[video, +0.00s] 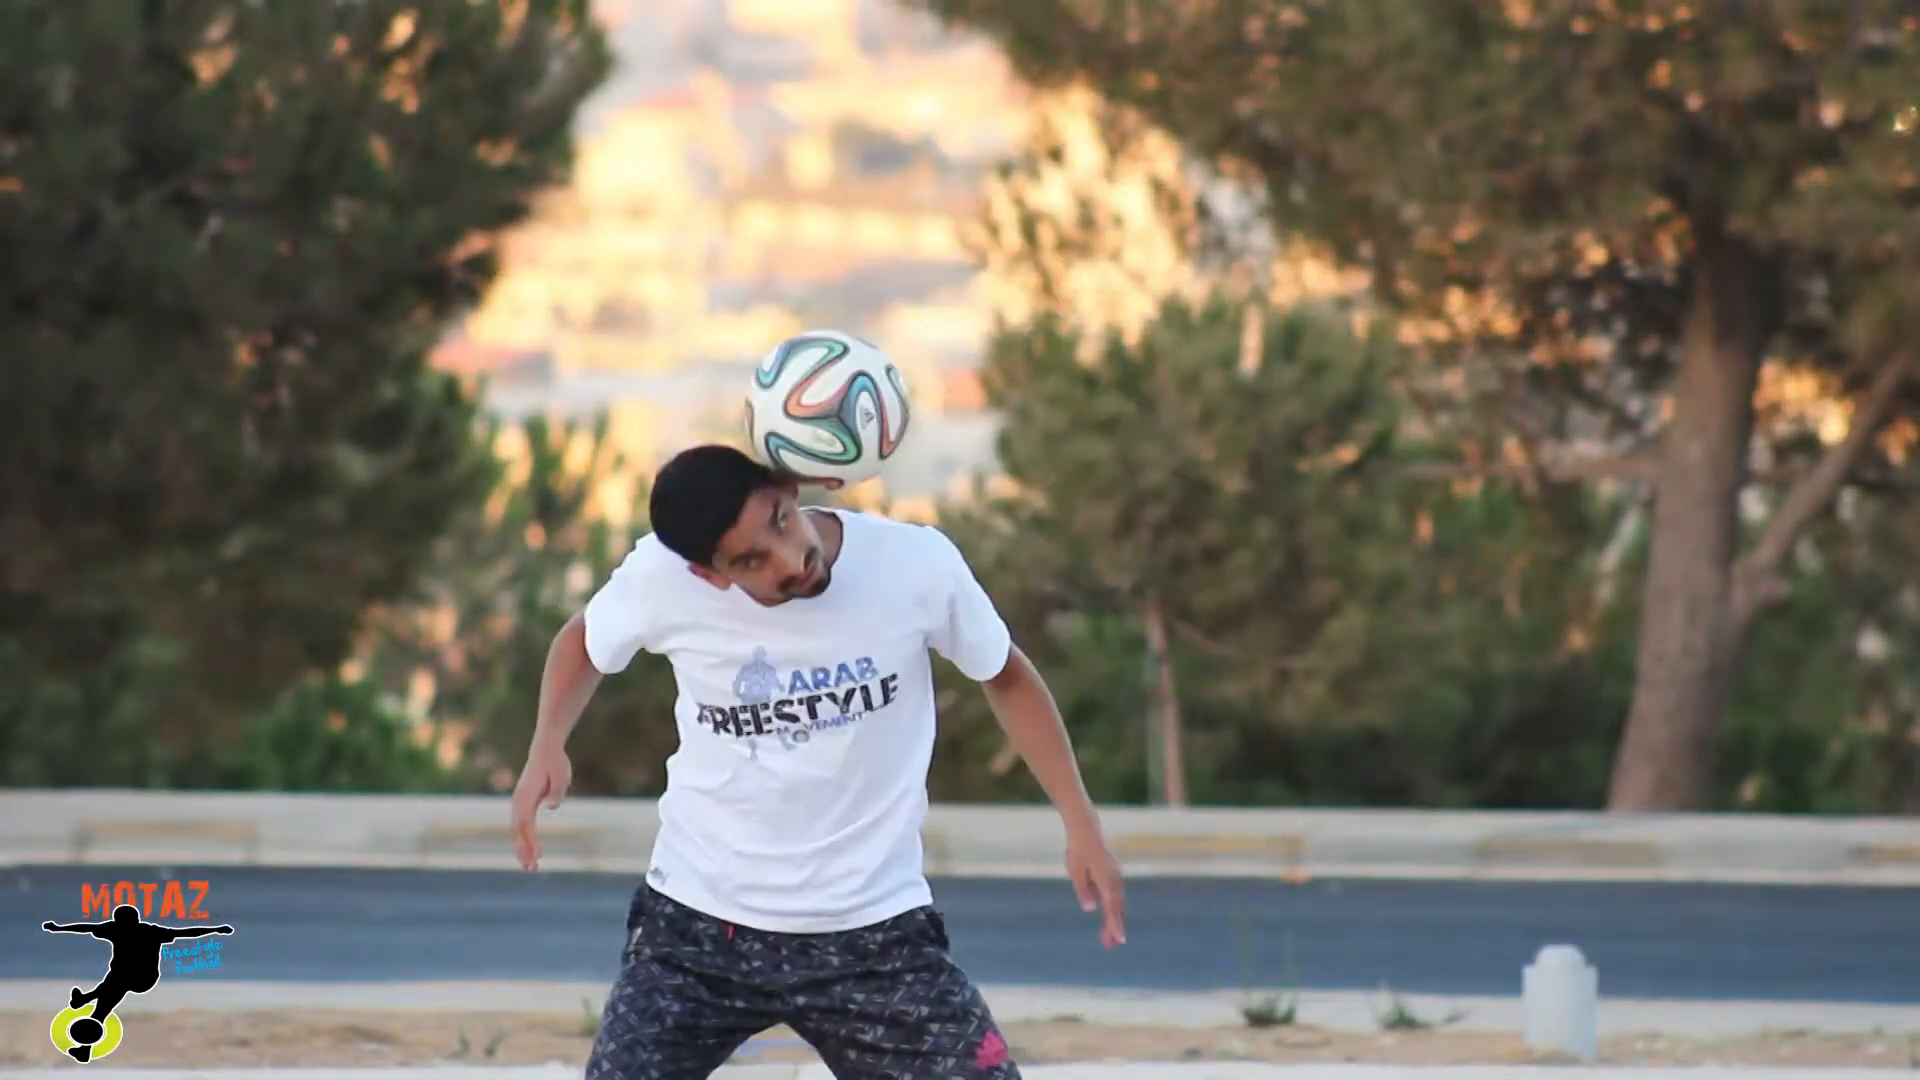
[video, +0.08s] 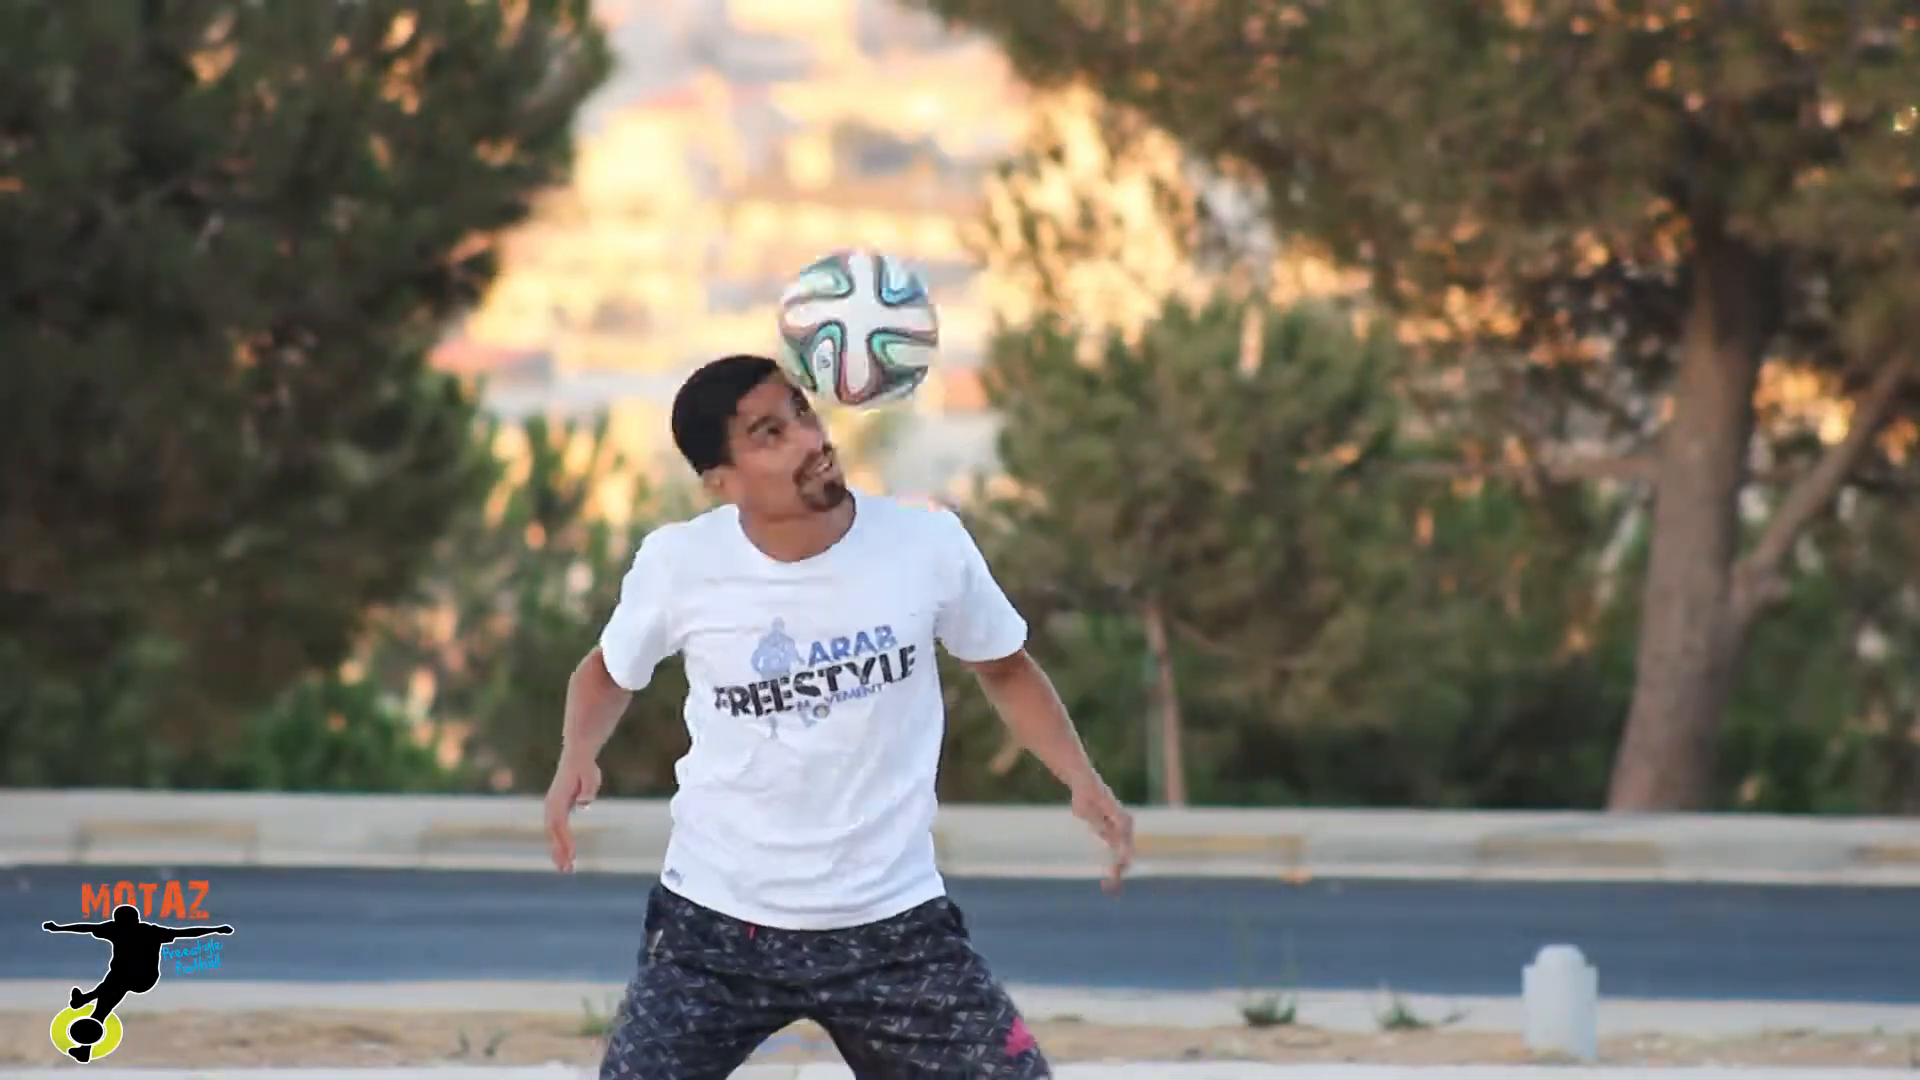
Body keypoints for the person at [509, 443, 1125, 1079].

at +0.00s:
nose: (793, 556)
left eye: (782, 519)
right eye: (755, 560)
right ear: (711, 575)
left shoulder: (922, 568)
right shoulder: (660, 587)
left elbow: (1007, 678)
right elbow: (581, 646)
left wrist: (1081, 821)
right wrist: (548, 744)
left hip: (875, 951)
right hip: (692, 946)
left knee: (987, 1069)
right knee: (617, 1070)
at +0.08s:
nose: (808, 441)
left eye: (804, 415)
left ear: (824, 417)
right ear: (721, 478)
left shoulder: (931, 549)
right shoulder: (674, 567)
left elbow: (1007, 668)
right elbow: (609, 670)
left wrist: (1082, 776)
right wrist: (579, 752)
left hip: (896, 943)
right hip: (710, 941)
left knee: (1016, 1074)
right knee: (634, 1072)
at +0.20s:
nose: (899, 383)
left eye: (905, 374)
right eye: (863, 373)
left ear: (922, 420)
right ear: (809, 429)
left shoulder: (989, 572)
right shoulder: (744, 549)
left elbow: (1015, 732)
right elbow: (641, 700)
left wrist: (1083, 780)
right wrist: (683, 757)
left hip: (938, 950)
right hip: (756, 952)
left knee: (1056, 1071)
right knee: (670, 1068)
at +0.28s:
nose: (976, 400)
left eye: (981, 391)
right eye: (940, 388)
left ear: (994, 446)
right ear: (884, 444)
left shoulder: (1042, 616)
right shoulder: (810, 550)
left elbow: (1032, 781)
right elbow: (674, 684)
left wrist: (1093, 831)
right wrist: (745, 736)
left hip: (960, 968)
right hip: (779, 967)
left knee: (1091, 1072)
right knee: (688, 1070)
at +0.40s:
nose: (1161, 438)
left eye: (1177, 437)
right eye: (1134, 425)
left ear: (1185, 493)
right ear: (1074, 465)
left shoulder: (1167, 669)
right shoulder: (980, 533)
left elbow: (1104, 826)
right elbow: (801, 616)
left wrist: (1142, 906)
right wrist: (855, 690)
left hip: (1020, 954)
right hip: (854, 937)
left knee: (1151, 1070)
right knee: (768, 1067)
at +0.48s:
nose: (1271, 499)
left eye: (1297, 508)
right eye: (1256, 478)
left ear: (1287, 575)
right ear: (1196, 497)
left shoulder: (1224, 703)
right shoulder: (1068, 533)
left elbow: (1137, 837)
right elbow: (878, 575)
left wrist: (1171, 933)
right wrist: (900, 681)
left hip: (1043, 945)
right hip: (884, 921)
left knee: (1166, 1070)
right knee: (795, 1072)